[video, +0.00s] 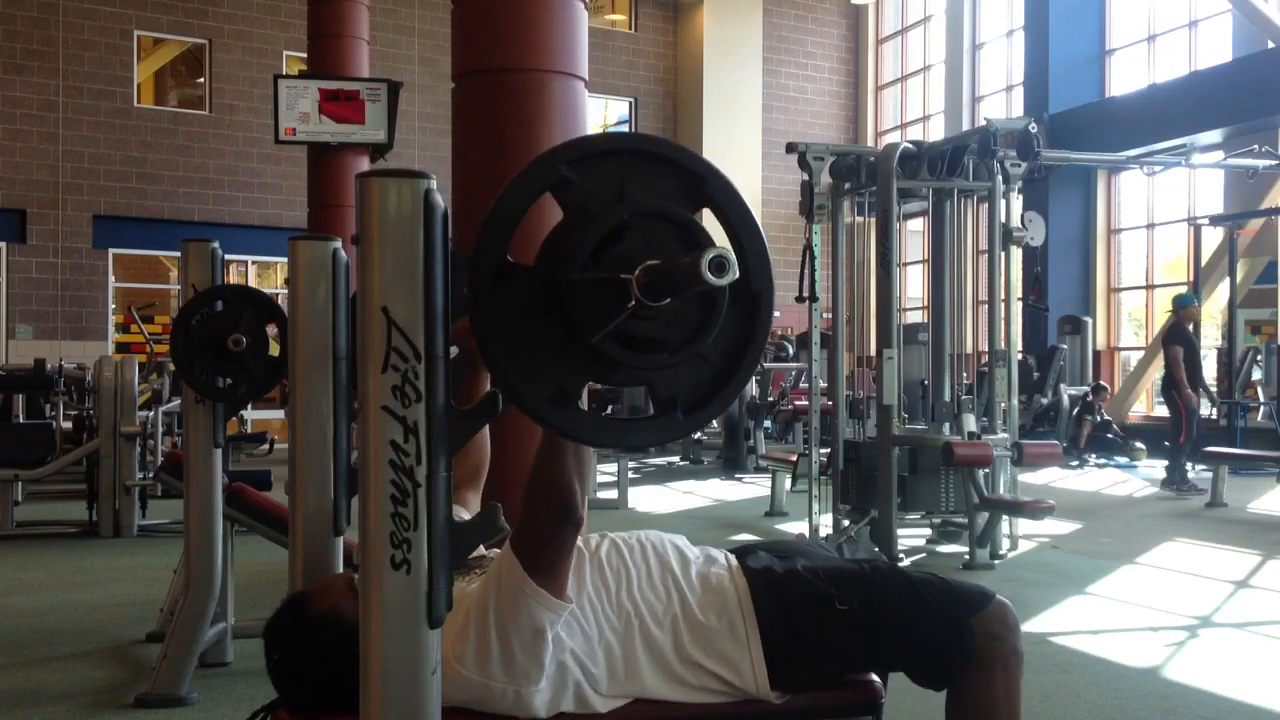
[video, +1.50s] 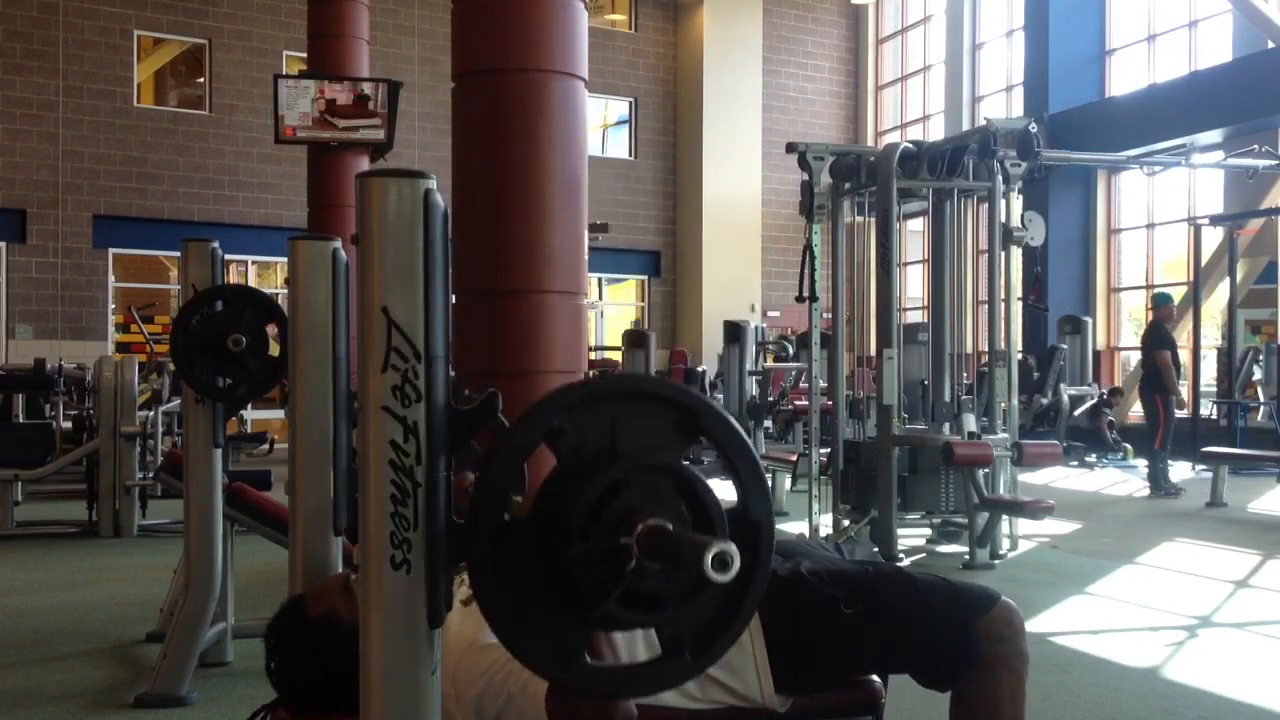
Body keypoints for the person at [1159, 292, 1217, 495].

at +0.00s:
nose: (1199, 310)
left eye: (1198, 307)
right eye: (1195, 307)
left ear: (1187, 311)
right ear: (1183, 310)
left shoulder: (1186, 332)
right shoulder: (1175, 331)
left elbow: (1194, 368)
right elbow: (1176, 365)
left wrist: (1208, 392)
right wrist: (1185, 392)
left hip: (1187, 387)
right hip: (1177, 387)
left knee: (1185, 433)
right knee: (1184, 433)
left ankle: (1173, 476)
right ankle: (1179, 478)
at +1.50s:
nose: (1174, 312)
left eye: (1173, 308)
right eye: (1170, 308)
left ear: (1158, 310)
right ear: (1161, 309)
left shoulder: (1156, 329)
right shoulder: (1159, 332)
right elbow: (1165, 364)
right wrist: (1177, 393)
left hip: (1157, 388)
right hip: (1157, 389)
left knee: (1163, 433)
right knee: (1160, 433)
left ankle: (1164, 480)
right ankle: (1157, 484)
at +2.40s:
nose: (1178, 311)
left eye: (1177, 307)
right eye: (1176, 307)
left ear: (1156, 311)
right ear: (1170, 309)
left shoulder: (1149, 334)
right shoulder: (1175, 332)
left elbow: (1150, 365)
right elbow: (1186, 362)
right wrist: (1199, 388)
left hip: (1153, 391)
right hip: (1171, 391)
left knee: (1163, 432)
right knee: (1184, 431)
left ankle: (1164, 478)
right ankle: (1167, 479)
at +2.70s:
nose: (1185, 313)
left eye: (1184, 309)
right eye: (1182, 309)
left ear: (1165, 313)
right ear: (1176, 312)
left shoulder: (1155, 336)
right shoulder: (1180, 334)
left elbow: (1147, 365)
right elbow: (1195, 363)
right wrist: (1217, 385)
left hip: (1161, 393)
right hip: (1178, 393)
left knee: (1175, 436)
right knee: (1197, 432)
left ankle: (1168, 480)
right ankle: (1177, 479)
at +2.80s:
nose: (1187, 318)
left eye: (1186, 314)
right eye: (1185, 315)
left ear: (1168, 317)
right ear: (1178, 317)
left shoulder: (1159, 338)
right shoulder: (1180, 337)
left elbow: (1143, 362)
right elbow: (1203, 357)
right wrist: (1231, 368)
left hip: (1165, 396)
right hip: (1180, 396)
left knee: (1182, 437)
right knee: (1201, 436)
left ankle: (1169, 481)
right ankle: (1178, 482)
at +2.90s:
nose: (1190, 311)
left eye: (1189, 308)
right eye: (1188, 308)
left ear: (1169, 310)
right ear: (1182, 309)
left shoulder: (1159, 331)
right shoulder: (1184, 328)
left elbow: (1144, 338)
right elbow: (1203, 336)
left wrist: (1140, 335)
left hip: (1167, 390)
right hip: (1184, 390)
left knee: (1180, 432)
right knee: (1200, 429)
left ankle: (1168, 478)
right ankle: (1180, 478)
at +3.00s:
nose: (1192, 300)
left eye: (1191, 296)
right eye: (1190, 296)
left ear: (1171, 298)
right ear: (1185, 297)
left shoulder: (1161, 318)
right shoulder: (1191, 314)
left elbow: (1142, 316)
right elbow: (1208, 310)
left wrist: (1135, 304)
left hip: (1168, 377)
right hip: (1187, 377)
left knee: (1174, 420)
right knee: (1197, 417)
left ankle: (1166, 471)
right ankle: (1190, 471)